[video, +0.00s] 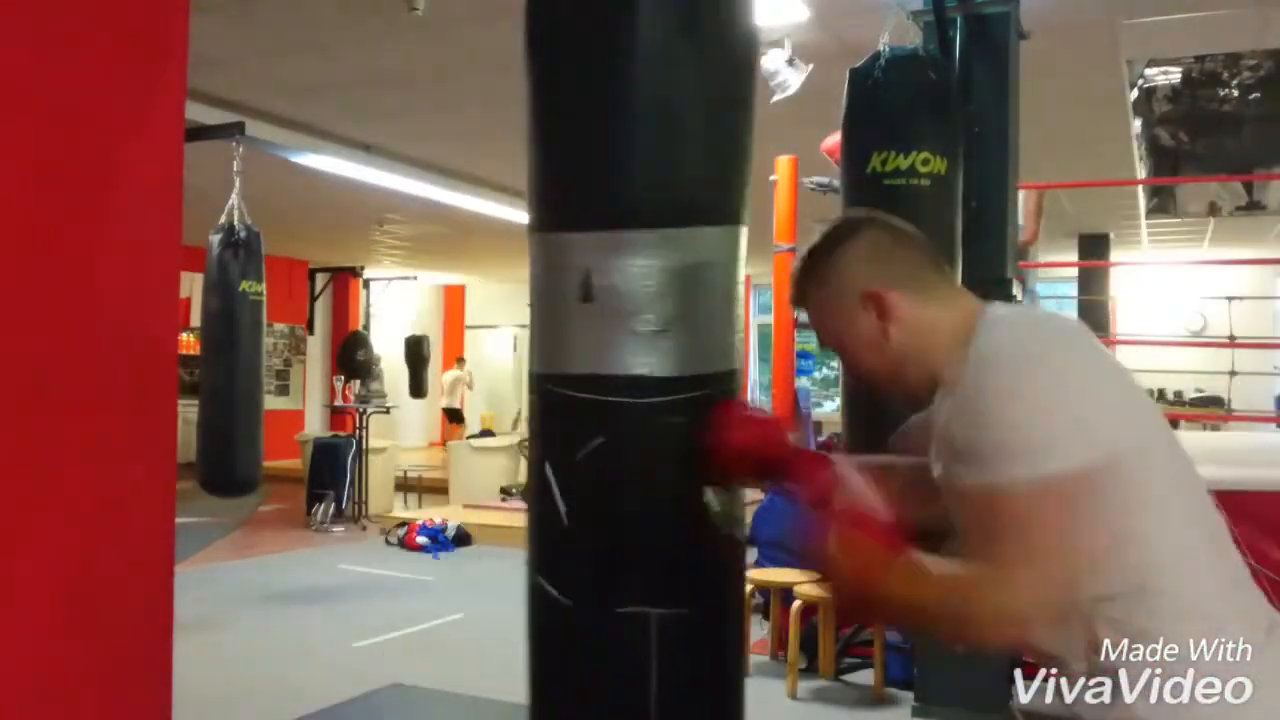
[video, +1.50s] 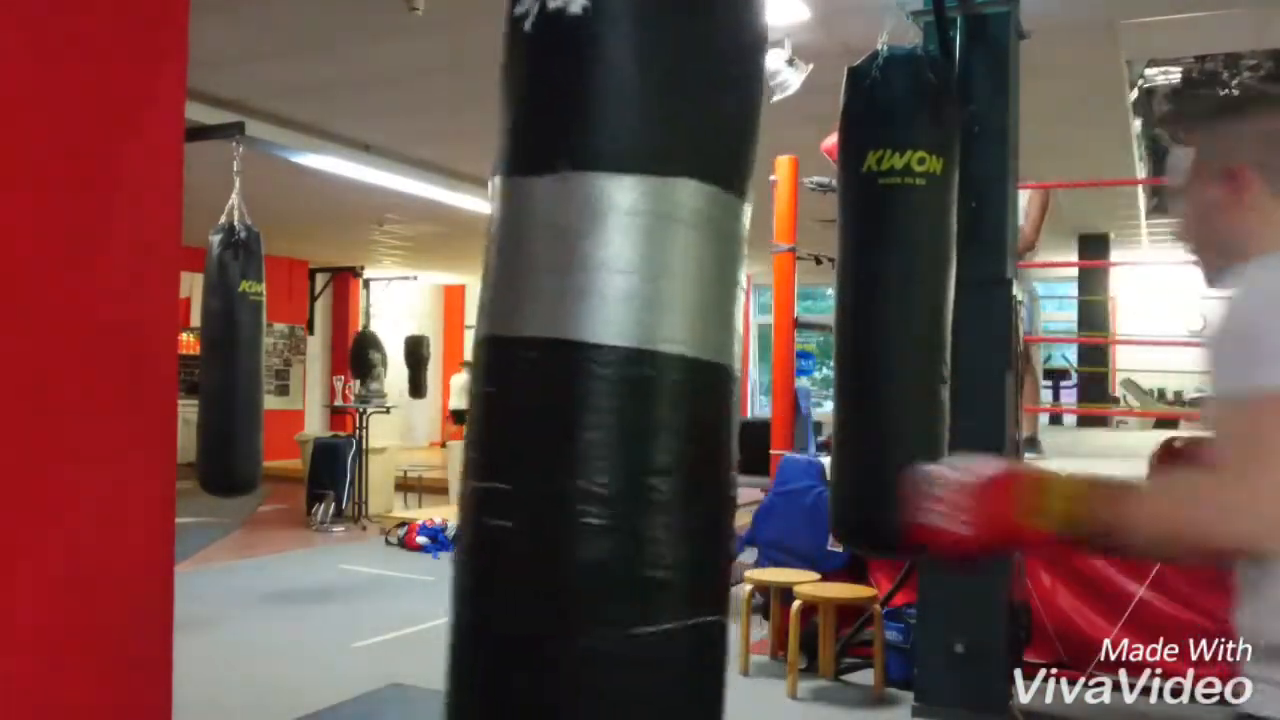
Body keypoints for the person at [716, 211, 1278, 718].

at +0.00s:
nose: (854, 372)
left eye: (842, 346)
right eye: (839, 351)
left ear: (880, 310)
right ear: (891, 299)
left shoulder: (1020, 369)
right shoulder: (978, 383)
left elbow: (1017, 604)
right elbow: (900, 492)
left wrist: (866, 569)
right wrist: (792, 467)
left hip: (1202, 689)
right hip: (1129, 682)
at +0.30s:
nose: (869, 356)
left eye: (861, 337)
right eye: (858, 341)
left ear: (888, 318)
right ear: (965, 271)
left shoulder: (905, 404)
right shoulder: (1153, 304)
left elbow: (772, 575)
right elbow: (1277, 402)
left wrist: (724, 527)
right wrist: (1216, 444)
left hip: (1143, 698)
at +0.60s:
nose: (977, 383)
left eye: (972, 355)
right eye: (966, 360)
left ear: (1017, 321)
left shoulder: (1108, 413)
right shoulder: (1248, 369)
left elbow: (1090, 663)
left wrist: (984, 596)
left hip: (1175, 706)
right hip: (1264, 700)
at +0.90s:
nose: (1152, 354)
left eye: (1139, 326)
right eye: (1134, 338)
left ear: (1172, 255)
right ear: (1173, 255)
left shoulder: (1266, 332)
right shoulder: (1260, 329)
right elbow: (1213, 548)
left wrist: (1081, 417)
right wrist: (1094, 419)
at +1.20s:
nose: (1039, 275)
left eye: (1036, 247)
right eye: (1030, 254)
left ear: (1088, 211)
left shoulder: (1162, 294)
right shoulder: (1258, 277)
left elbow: (1072, 510)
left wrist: (945, 448)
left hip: (1252, 687)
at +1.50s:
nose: (1178, 222)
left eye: (1184, 195)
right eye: (1177, 199)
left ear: (1239, 187)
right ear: (1241, 188)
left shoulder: (1259, 302)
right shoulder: (1254, 302)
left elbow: (1254, 511)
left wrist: (1031, 500)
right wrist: (1222, 469)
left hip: (1266, 690)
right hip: (1261, 682)